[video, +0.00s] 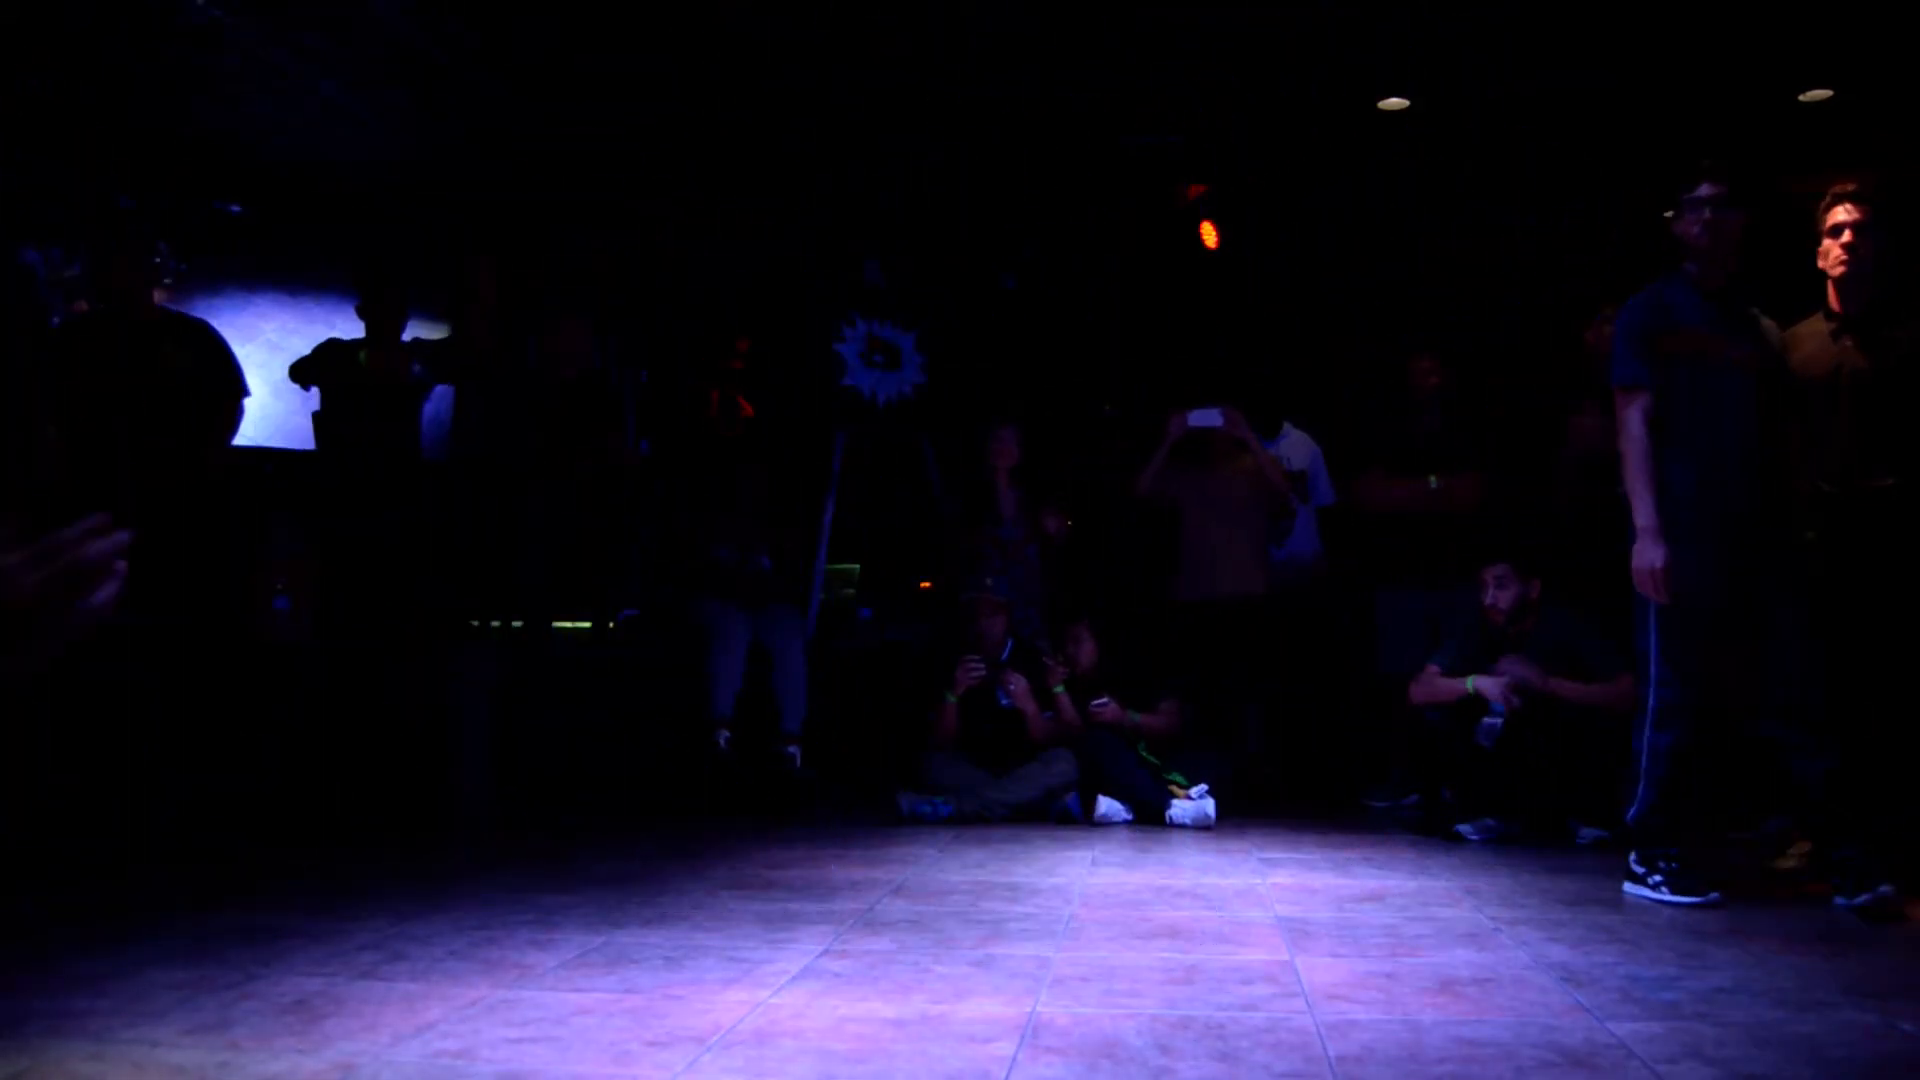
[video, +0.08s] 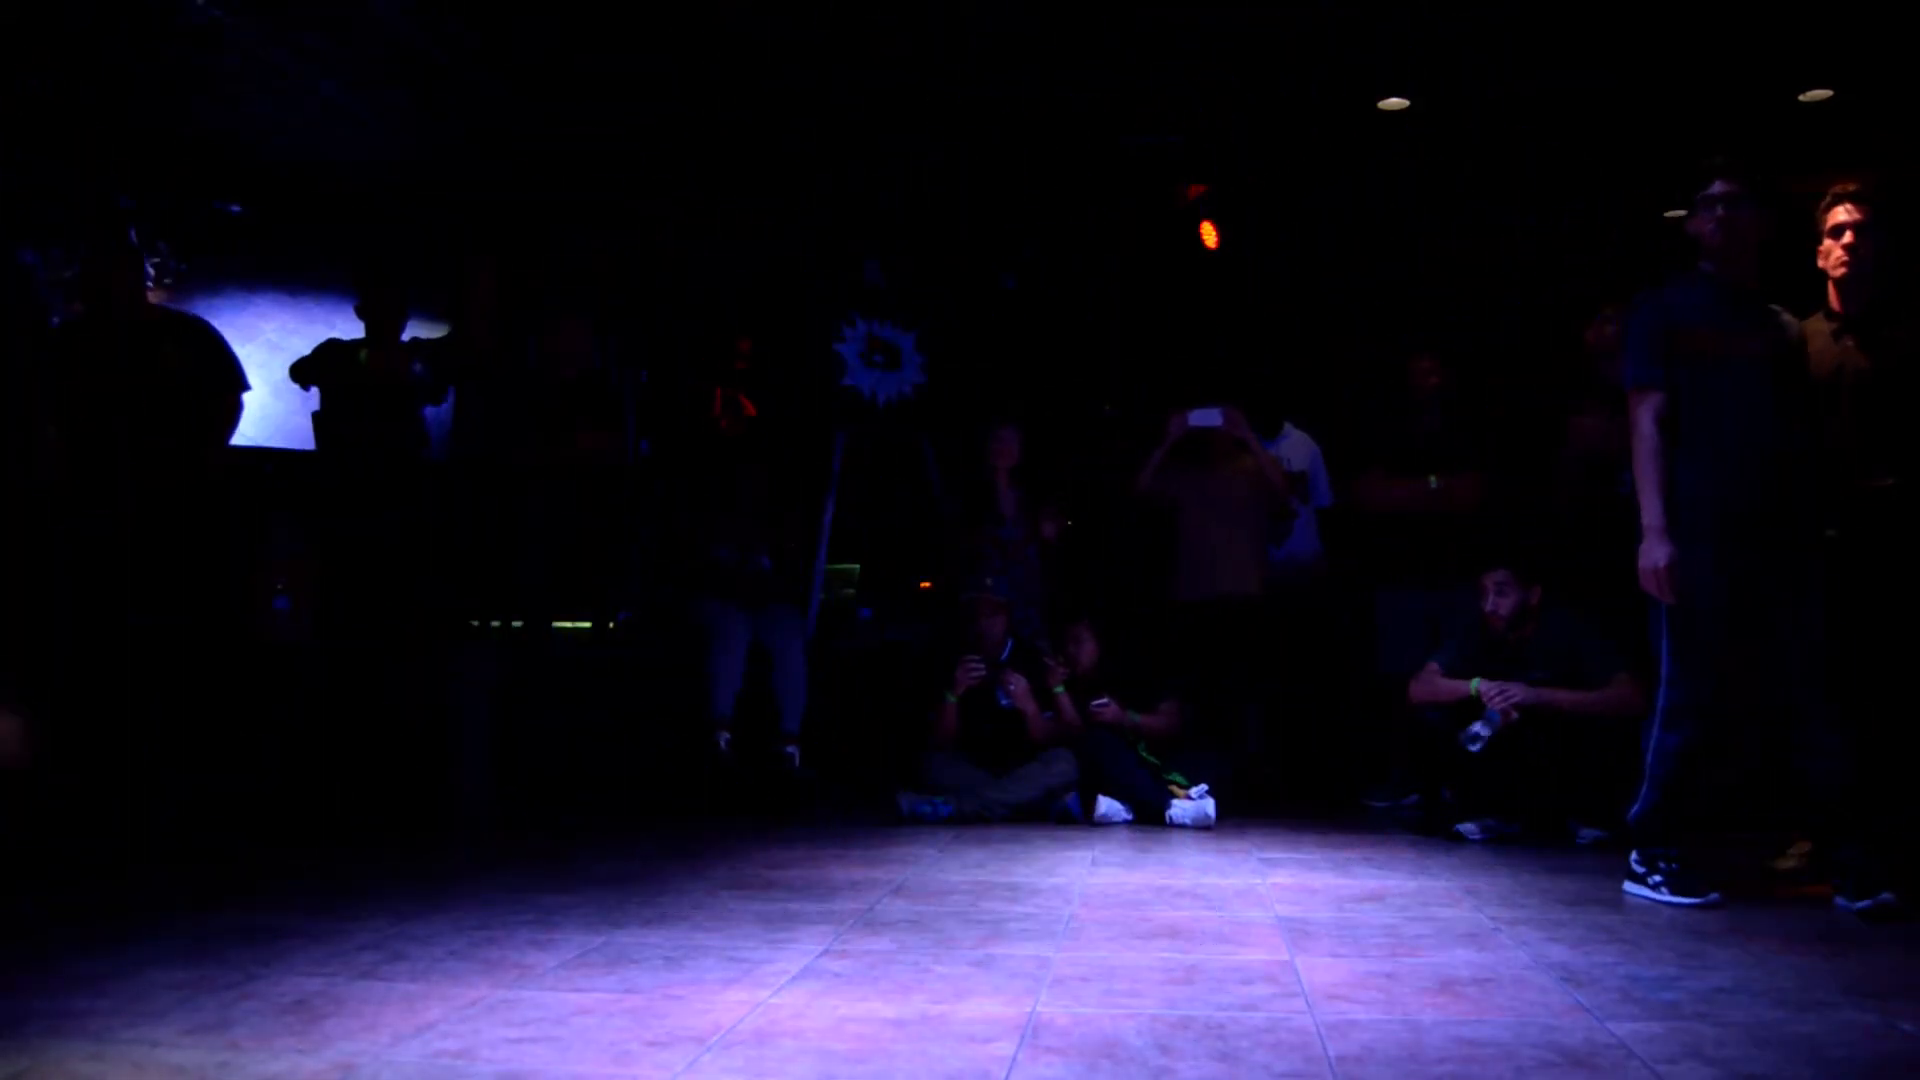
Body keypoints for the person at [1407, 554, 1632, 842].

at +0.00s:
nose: (1489, 598)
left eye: (1501, 587)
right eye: (1485, 588)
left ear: (1531, 590)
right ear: (1479, 591)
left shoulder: (1564, 633)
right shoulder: (1477, 633)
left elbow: (1624, 693)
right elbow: (1420, 690)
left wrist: (1544, 684)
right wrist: (1476, 684)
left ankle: (1590, 816)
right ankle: (1492, 815)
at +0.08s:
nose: (1489, 606)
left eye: (1501, 594)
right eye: (1485, 595)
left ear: (1531, 596)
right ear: (1478, 598)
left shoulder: (1567, 638)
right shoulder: (1479, 637)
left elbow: (1626, 696)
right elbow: (1420, 688)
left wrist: (1534, 696)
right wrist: (1478, 688)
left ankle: (1589, 816)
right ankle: (1493, 812)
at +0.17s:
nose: (1489, 608)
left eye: (1501, 596)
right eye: (1485, 597)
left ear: (1532, 598)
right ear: (1479, 600)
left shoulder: (1568, 639)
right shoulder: (1479, 638)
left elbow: (1627, 699)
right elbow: (1420, 688)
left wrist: (1534, 697)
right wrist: (1478, 689)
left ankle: (1588, 817)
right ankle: (1492, 812)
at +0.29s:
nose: (1490, 599)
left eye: (1503, 588)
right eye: (1487, 589)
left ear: (1532, 593)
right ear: (1480, 591)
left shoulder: (1567, 636)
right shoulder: (1479, 634)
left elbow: (1624, 700)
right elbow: (1420, 688)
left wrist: (1533, 696)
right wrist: (1478, 689)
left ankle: (1588, 818)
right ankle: (1492, 813)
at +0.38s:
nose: (1492, 594)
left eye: (1504, 583)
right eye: (1488, 584)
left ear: (1533, 589)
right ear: (1481, 587)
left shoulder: (1566, 635)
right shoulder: (1480, 632)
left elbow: (1624, 699)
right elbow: (1420, 689)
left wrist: (1531, 696)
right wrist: (1478, 690)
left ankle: (1588, 819)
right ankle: (1495, 815)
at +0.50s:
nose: (1491, 592)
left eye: (1505, 581)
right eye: (1488, 581)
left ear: (1534, 587)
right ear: (1482, 584)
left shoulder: (1565, 631)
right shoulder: (1480, 630)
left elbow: (1623, 697)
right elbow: (1419, 692)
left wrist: (1535, 695)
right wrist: (1480, 693)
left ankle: (1590, 818)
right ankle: (1498, 816)